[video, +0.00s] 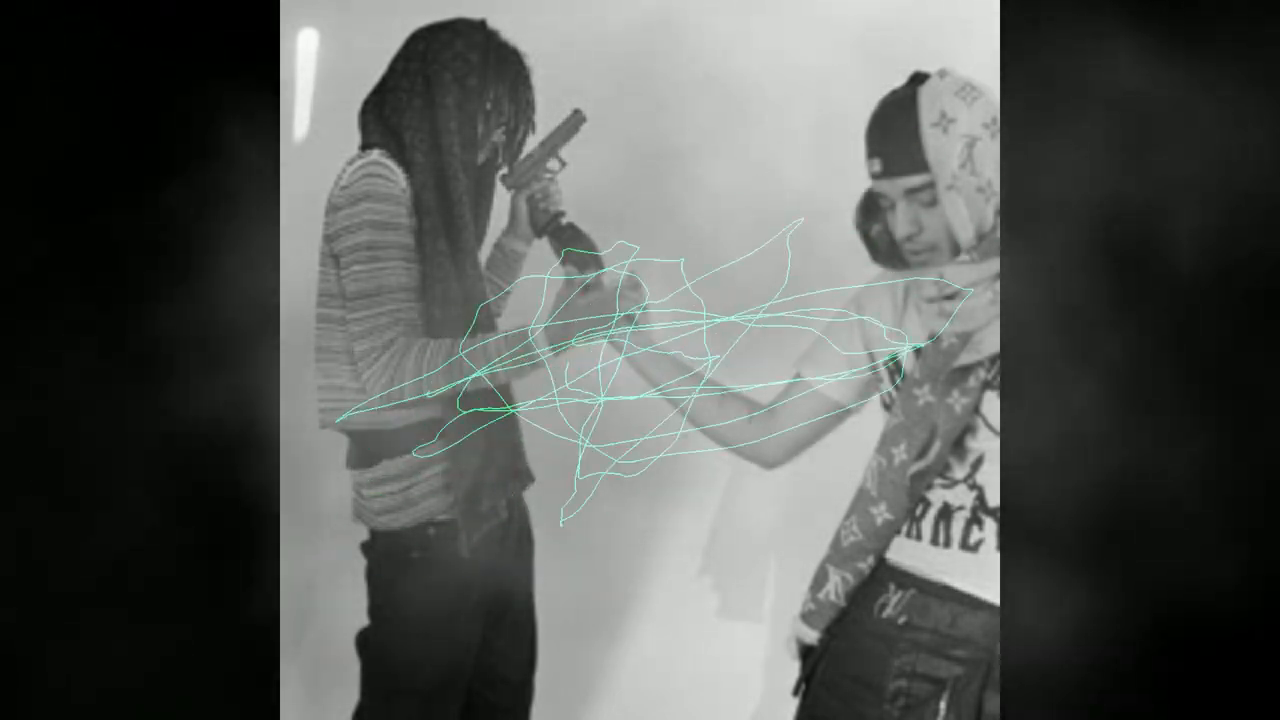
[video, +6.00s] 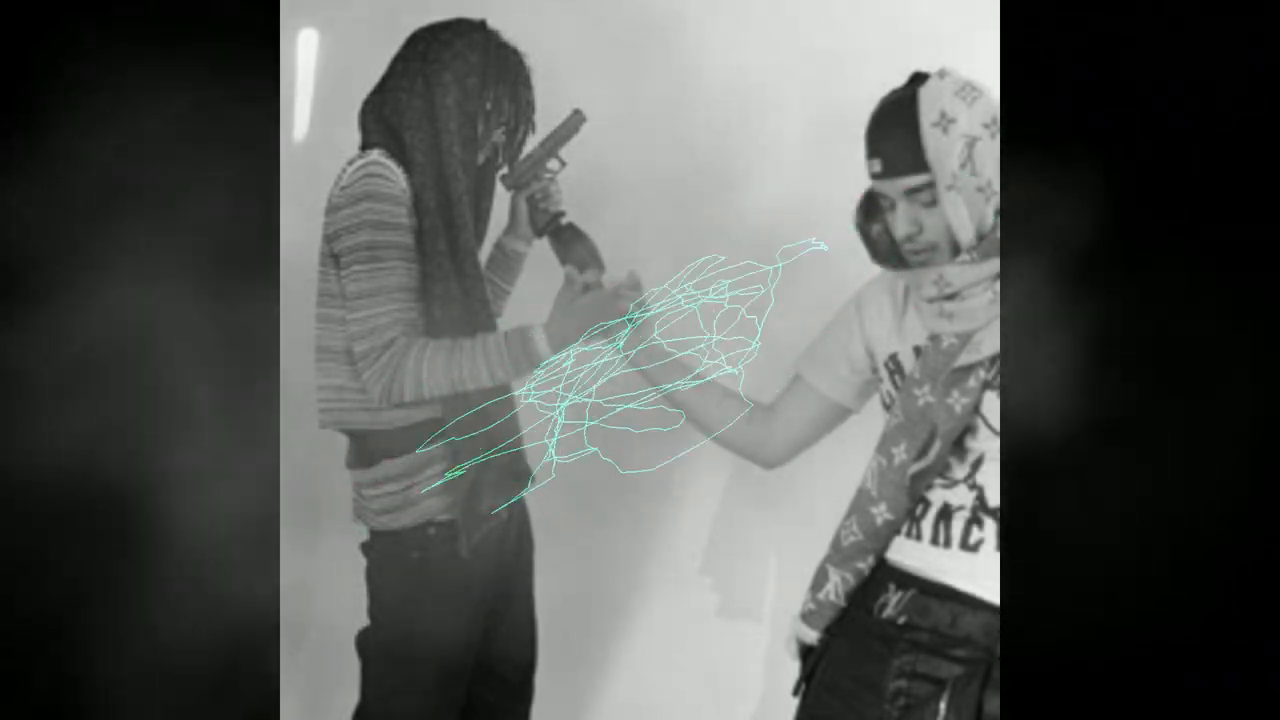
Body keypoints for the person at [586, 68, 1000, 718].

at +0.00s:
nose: (904, 230)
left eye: (926, 198)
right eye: (886, 204)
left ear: (984, 185)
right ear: (874, 205)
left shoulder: (1040, 291)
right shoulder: (896, 303)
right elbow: (767, 437)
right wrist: (630, 334)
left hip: (1008, 644)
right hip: (886, 616)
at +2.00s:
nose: (906, 229)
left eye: (926, 199)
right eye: (888, 205)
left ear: (978, 183)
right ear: (875, 205)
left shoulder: (1030, 292)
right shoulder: (888, 304)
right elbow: (768, 437)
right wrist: (633, 339)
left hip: (1002, 640)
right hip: (882, 616)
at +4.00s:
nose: (906, 229)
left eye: (925, 199)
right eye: (886, 206)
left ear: (981, 185)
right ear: (873, 206)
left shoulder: (1034, 292)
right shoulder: (891, 304)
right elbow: (768, 437)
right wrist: (634, 340)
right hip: (889, 618)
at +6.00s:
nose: (906, 228)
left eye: (926, 198)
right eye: (886, 205)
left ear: (980, 183)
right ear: (873, 205)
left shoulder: (1035, 291)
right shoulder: (891, 304)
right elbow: (768, 436)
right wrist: (636, 336)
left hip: (995, 643)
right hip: (882, 618)